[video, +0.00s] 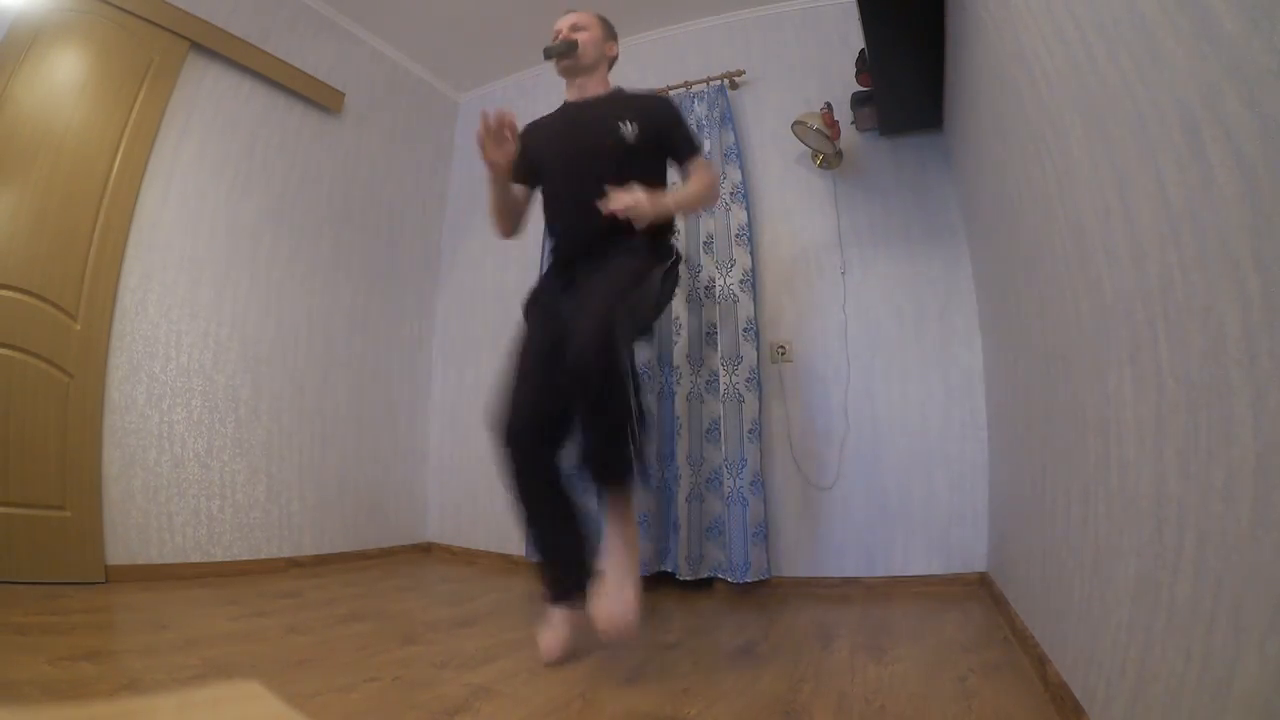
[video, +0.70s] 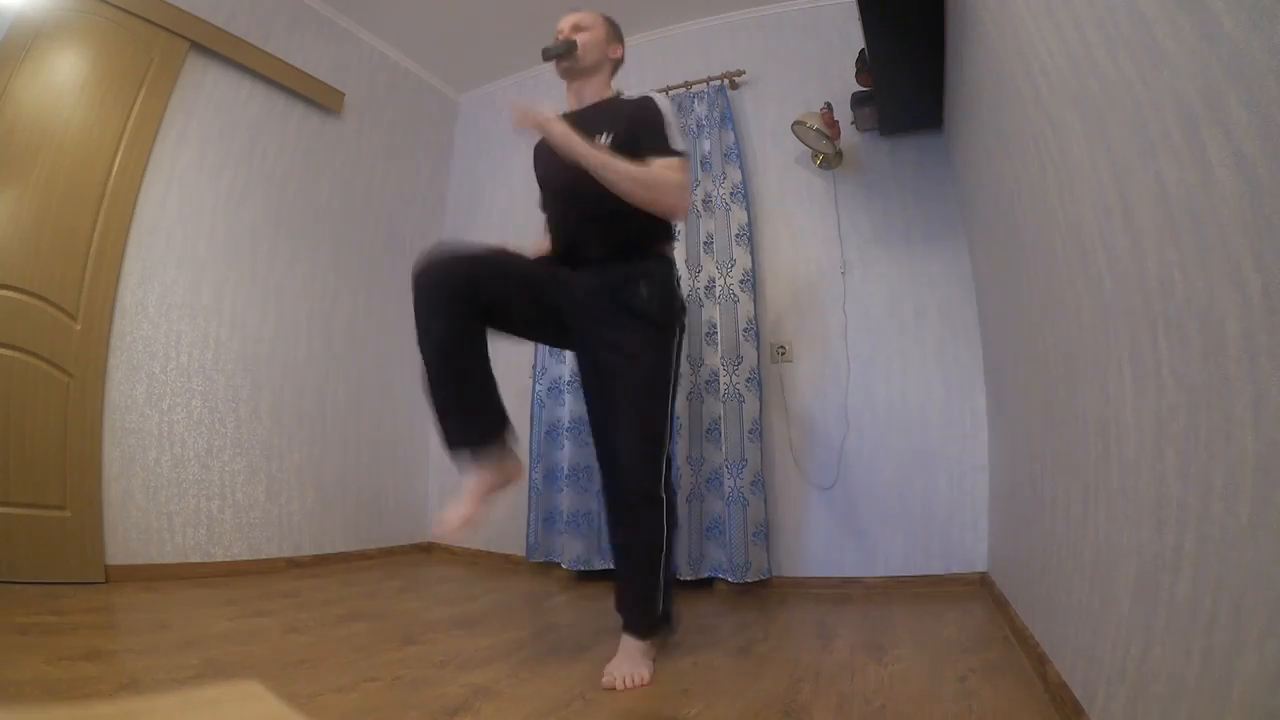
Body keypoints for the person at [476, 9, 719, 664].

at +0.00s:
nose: (564, 35)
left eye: (579, 26)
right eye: (558, 32)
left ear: (612, 49)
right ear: (551, 58)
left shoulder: (648, 110)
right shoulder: (538, 133)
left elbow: (706, 181)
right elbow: (509, 222)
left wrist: (656, 202)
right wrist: (500, 169)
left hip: (637, 263)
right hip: (565, 279)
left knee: (594, 338)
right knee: (525, 429)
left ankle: (619, 529)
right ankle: (565, 590)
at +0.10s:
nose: (566, 43)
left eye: (581, 34)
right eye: (559, 39)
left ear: (615, 50)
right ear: (557, 62)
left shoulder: (648, 109)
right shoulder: (554, 141)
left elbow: (714, 182)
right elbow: (560, 237)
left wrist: (625, 174)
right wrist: (520, 228)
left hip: (636, 286)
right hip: (567, 286)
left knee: (632, 452)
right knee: (453, 327)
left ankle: (654, 614)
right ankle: (512, 492)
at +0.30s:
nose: (574, 25)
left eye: (589, 19)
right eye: (567, 22)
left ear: (621, 41)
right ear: (562, 48)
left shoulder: (649, 101)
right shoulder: (550, 123)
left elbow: (691, 176)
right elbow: (562, 198)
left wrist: (597, 121)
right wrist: (540, 233)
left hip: (635, 271)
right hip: (564, 271)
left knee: (620, 409)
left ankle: (643, 594)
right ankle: (544, 533)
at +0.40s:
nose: (577, 27)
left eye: (593, 21)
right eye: (569, 24)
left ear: (624, 47)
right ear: (562, 55)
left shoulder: (659, 119)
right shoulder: (539, 126)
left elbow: (700, 205)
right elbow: (505, 218)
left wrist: (630, 193)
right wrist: (485, 222)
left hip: (635, 260)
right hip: (558, 274)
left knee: (595, 279)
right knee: (569, 444)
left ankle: (627, 473)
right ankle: (590, 614)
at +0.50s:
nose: (566, 34)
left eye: (583, 28)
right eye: (560, 31)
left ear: (616, 53)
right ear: (554, 61)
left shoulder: (654, 127)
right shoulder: (530, 135)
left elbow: (700, 205)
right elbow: (478, 217)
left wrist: (663, 222)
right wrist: (468, 163)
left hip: (638, 286)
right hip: (565, 298)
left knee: (589, 244)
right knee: (567, 461)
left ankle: (609, 457)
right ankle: (598, 605)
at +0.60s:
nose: (559, 18)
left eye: (576, 11)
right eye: (555, 16)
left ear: (611, 36)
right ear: (550, 47)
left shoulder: (648, 96)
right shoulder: (540, 125)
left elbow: (708, 177)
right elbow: (521, 222)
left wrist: (639, 184)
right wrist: (507, 178)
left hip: (638, 264)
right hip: (567, 269)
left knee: (605, 403)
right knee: (494, 398)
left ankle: (625, 576)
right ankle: (541, 558)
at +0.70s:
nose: (563, 37)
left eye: (580, 28)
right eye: (558, 33)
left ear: (616, 50)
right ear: (553, 60)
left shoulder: (639, 113)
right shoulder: (551, 144)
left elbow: (676, 200)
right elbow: (561, 242)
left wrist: (573, 143)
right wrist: (506, 260)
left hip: (634, 299)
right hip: (568, 293)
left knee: (634, 470)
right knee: (443, 274)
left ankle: (640, 630)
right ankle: (491, 455)